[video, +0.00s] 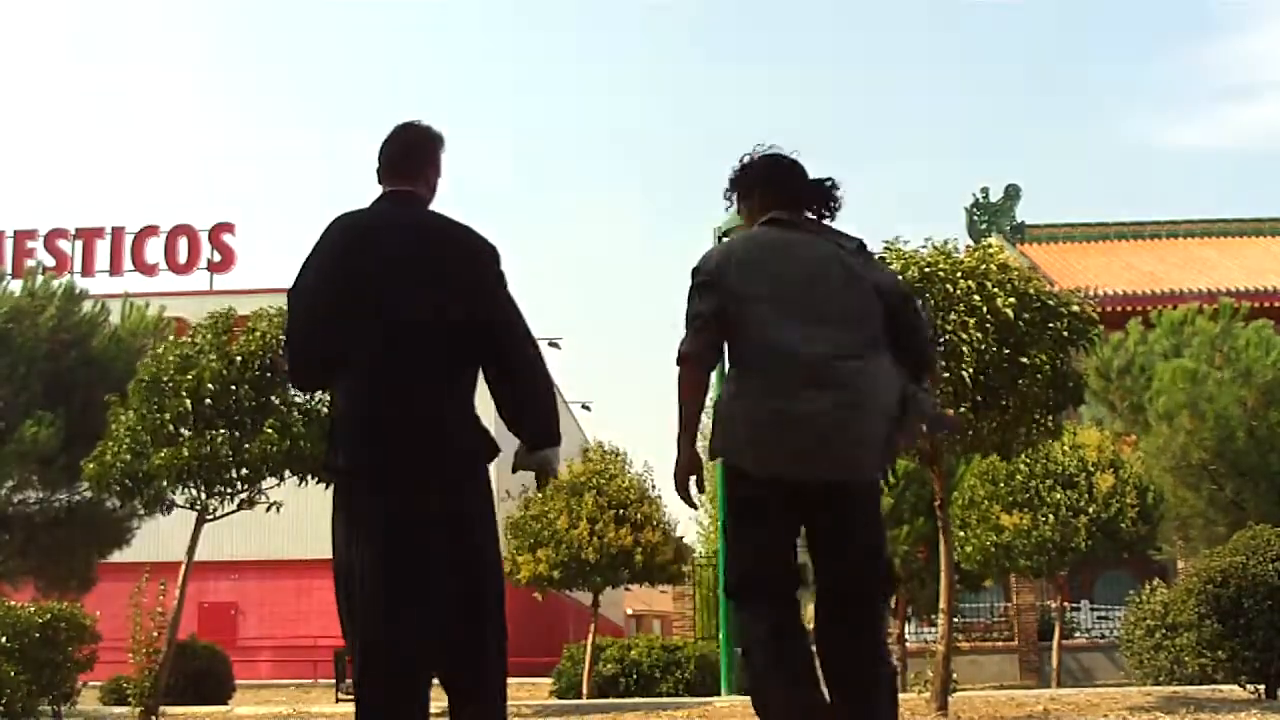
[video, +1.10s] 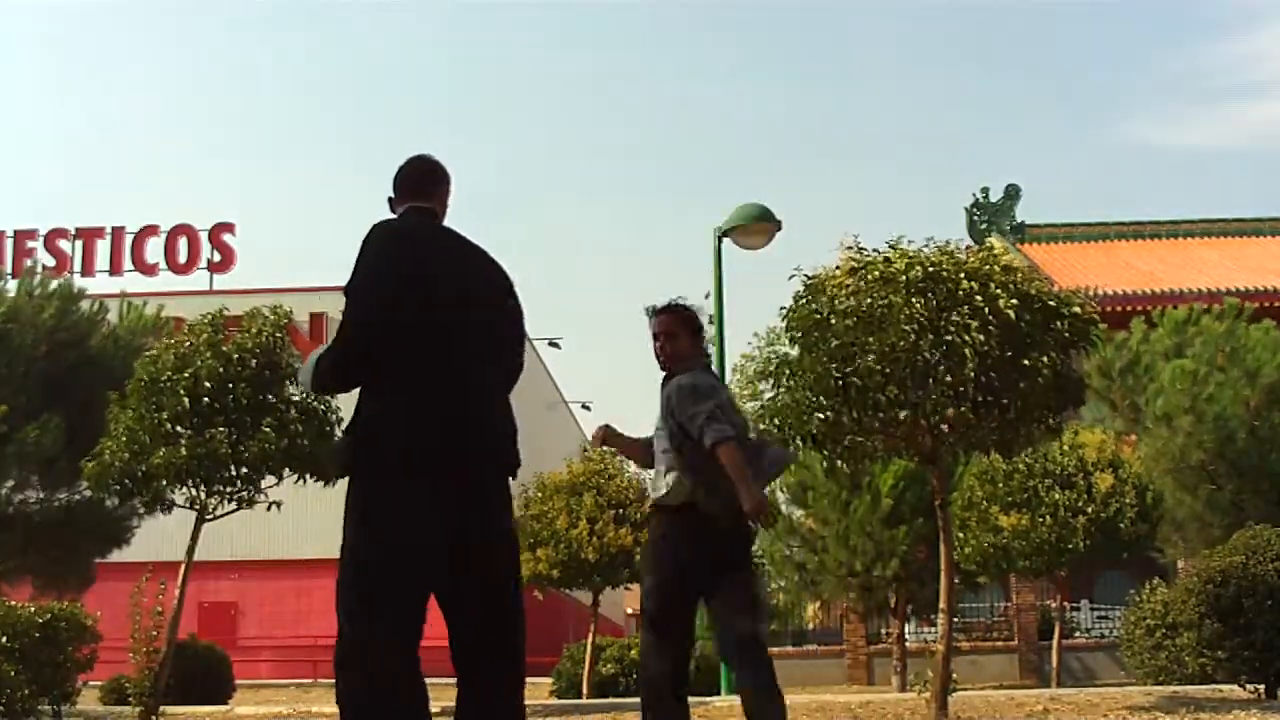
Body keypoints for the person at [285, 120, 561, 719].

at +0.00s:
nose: (435, 181)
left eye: (424, 170)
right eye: (438, 172)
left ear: (380, 171)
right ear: (436, 174)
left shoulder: (340, 239)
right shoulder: (469, 248)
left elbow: (303, 364)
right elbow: (511, 351)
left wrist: (361, 354)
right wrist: (540, 437)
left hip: (365, 464)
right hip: (452, 461)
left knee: (379, 628)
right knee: (471, 624)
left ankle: (389, 712)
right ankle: (479, 712)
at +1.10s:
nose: (402, 210)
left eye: (398, 202)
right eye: (427, 199)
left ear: (393, 200)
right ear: (447, 200)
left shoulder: (386, 242)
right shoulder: (490, 270)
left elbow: (360, 351)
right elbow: (507, 368)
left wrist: (317, 370)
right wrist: (454, 401)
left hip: (395, 470)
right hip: (479, 475)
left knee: (377, 633)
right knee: (490, 638)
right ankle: (492, 719)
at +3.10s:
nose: (355, 208)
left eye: (336, 199)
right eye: (370, 198)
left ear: (324, 199)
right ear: (379, 199)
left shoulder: (298, 257)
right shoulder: (414, 254)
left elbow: (270, 354)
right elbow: (477, 346)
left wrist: (321, 385)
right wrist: (519, 418)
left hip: (337, 459)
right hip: (417, 456)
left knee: (354, 614)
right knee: (446, 609)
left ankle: (364, 708)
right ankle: (460, 706)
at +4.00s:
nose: (426, 213)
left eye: (428, 202)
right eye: (425, 201)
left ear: (377, 187)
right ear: (407, 190)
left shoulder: (330, 250)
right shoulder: (392, 237)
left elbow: (305, 353)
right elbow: (402, 340)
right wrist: (449, 401)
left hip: (324, 448)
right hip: (380, 449)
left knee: (340, 597)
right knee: (396, 596)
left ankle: (314, 710)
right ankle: (417, 710)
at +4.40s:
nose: (414, 190)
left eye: (405, 181)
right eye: (417, 181)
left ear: (362, 177)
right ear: (415, 178)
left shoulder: (318, 238)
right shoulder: (426, 229)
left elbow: (313, 330)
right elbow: (481, 326)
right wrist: (540, 393)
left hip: (323, 437)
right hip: (413, 439)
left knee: (296, 581)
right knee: (441, 588)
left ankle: (277, 705)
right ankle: (443, 709)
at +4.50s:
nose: (389, 187)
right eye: (392, 179)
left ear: (337, 179)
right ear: (392, 178)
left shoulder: (296, 236)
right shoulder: (413, 233)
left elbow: (286, 334)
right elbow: (486, 316)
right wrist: (558, 377)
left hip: (307, 452)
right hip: (403, 451)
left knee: (290, 607)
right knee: (441, 609)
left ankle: (298, 716)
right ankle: (447, 713)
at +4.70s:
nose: (322, 176)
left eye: (297, 170)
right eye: (332, 165)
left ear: (283, 173)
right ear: (341, 167)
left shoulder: (261, 221)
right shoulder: (384, 224)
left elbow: (226, 308)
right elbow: (473, 283)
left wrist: (290, 335)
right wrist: (557, 338)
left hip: (289, 441)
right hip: (375, 435)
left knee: (295, 596)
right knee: (394, 573)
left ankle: (293, 707)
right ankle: (426, 652)